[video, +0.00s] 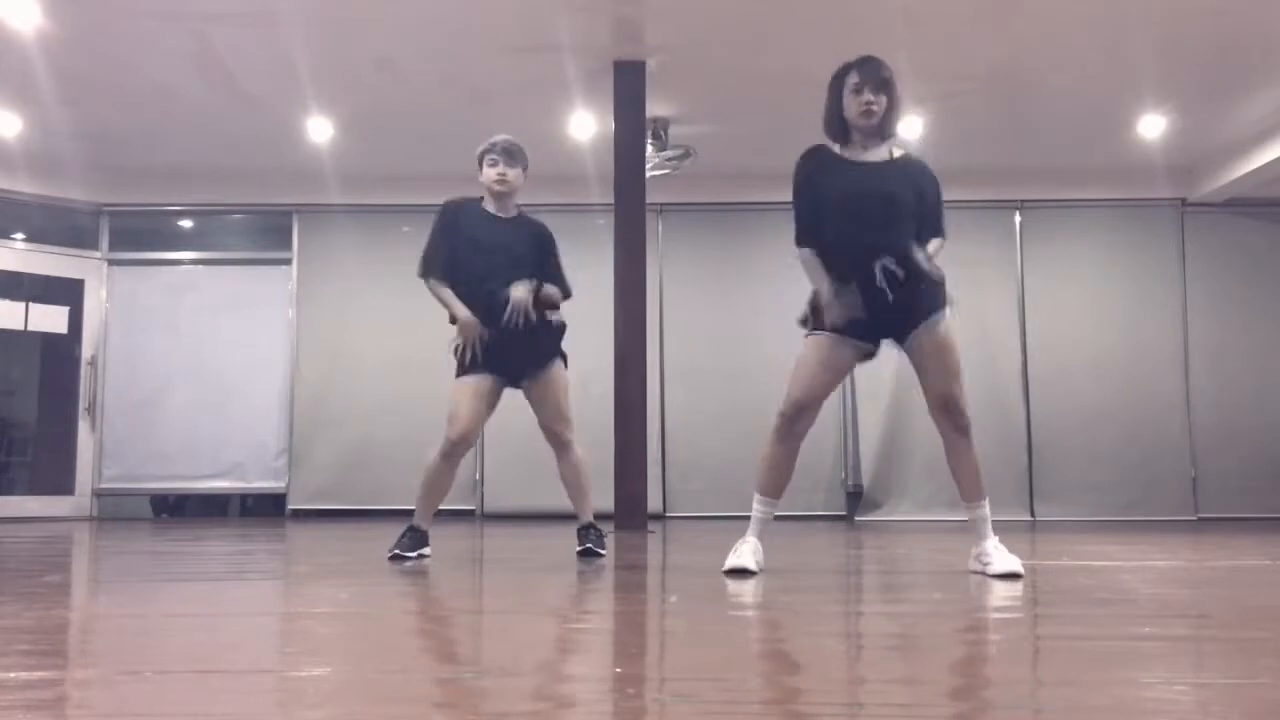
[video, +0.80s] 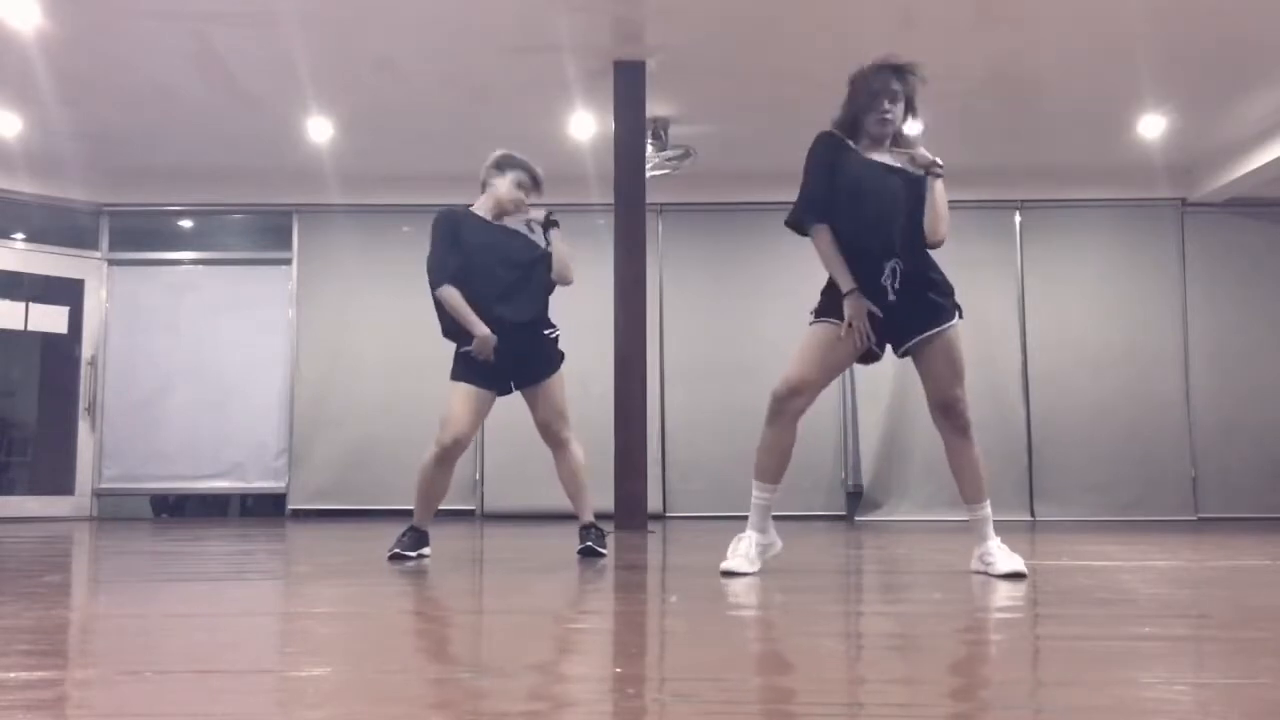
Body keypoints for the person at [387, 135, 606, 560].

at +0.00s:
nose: (500, 169)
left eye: (510, 163)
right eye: (492, 162)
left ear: (524, 175)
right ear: (480, 173)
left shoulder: (537, 232)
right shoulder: (456, 214)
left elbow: (558, 292)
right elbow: (432, 274)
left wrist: (531, 287)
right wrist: (461, 313)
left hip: (535, 343)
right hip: (482, 343)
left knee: (562, 435)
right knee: (456, 440)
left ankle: (588, 527)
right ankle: (418, 530)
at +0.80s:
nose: (524, 199)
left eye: (530, 193)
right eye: (520, 186)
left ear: (528, 201)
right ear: (493, 177)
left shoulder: (524, 239)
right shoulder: (453, 220)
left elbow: (564, 276)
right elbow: (440, 283)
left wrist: (547, 227)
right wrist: (479, 330)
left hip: (533, 343)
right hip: (480, 345)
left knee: (559, 433)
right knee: (451, 441)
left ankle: (589, 527)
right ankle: (417, 531)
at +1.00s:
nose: (470, 176)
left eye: (470, 165)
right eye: (457, 178)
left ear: (483, 164)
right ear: (449, 195)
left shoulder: (523, 212)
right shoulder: (450, 227)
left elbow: (564, 220)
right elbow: (431, 287)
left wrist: (512, 204)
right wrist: (449, 328)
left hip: (529, 342)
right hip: (473, 347)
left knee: (554, 434)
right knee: (445, 439)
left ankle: (588, 527)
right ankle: (417, 531)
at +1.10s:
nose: (446, 172)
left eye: (453, 164)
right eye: (436, 171)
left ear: (470, 170)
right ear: (430, 188)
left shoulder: (496, 192)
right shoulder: (440, 241)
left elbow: (514, 230)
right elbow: (438, 300)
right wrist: (447, 321)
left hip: (528, 331)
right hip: (475, 339)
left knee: (557, 432)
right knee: (447, 431)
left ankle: (589, 526)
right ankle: (426, 530)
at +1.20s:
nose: (440, 176)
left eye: (448, 168)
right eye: (431, 173)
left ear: (466, 174)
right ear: (425, 186)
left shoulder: (476, 210)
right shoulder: (450, 224)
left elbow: (500, 256)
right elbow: (454, 280)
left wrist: (500, 323)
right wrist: (443, 320)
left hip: (515, 330)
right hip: (470, 337)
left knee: (554, 432)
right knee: (432, 427)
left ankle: (594, 523)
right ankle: (435, 531)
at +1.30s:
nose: (439, 171)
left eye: (447, 163)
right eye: (431, 167)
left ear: (467, 169)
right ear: (426, 179)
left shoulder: (470, 201)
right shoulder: (443, 222)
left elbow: (491, 234)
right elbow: (429, 274)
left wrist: (475, 290)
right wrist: (416, 305)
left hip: (485, 329)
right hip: (450, 334)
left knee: (505, 427)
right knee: (420, 429)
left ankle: (584, 502)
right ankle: (433, 532)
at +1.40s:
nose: (432, 166)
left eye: (440, 159)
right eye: (424, 164)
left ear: (459, 166)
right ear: (418, 176)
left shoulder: (471, 197)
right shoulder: (419, 221)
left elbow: (493, 180)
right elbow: (392, 232)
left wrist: (453, 185)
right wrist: (371, 238)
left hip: (473, 314)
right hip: (436, 316)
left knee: (454, 405)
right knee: (416, 426)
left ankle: (517, 500)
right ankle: (433, 530)